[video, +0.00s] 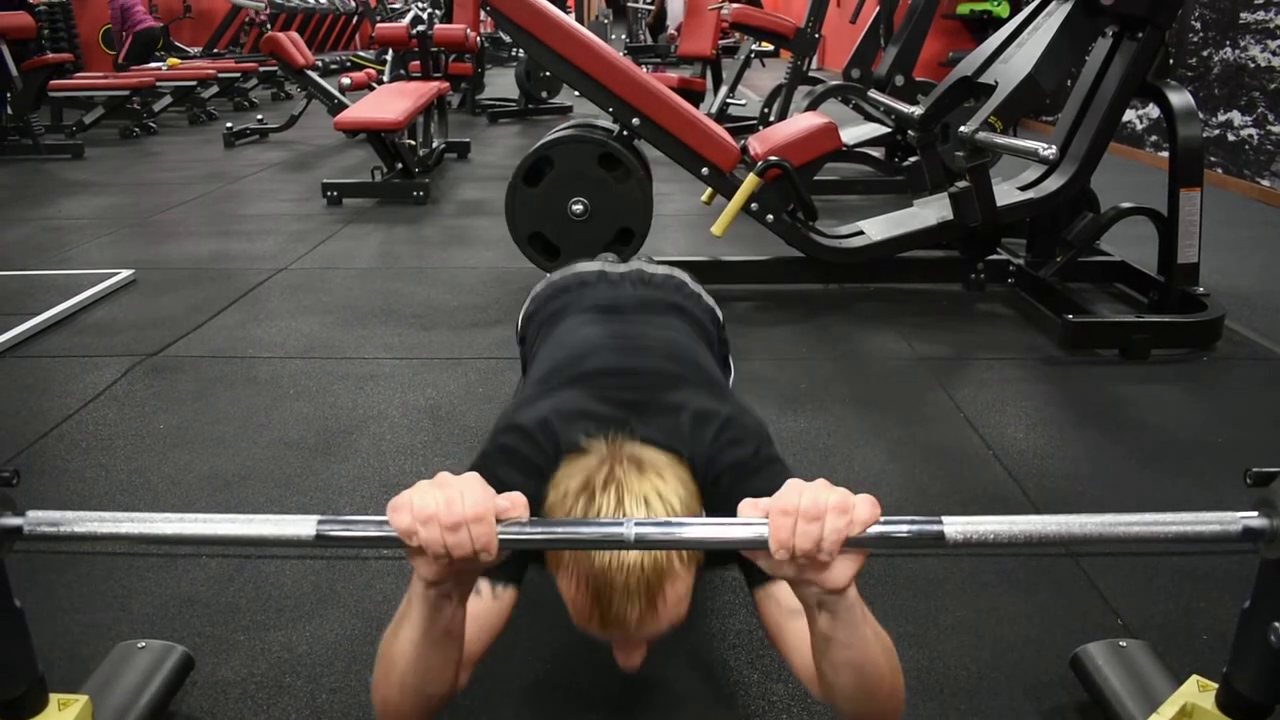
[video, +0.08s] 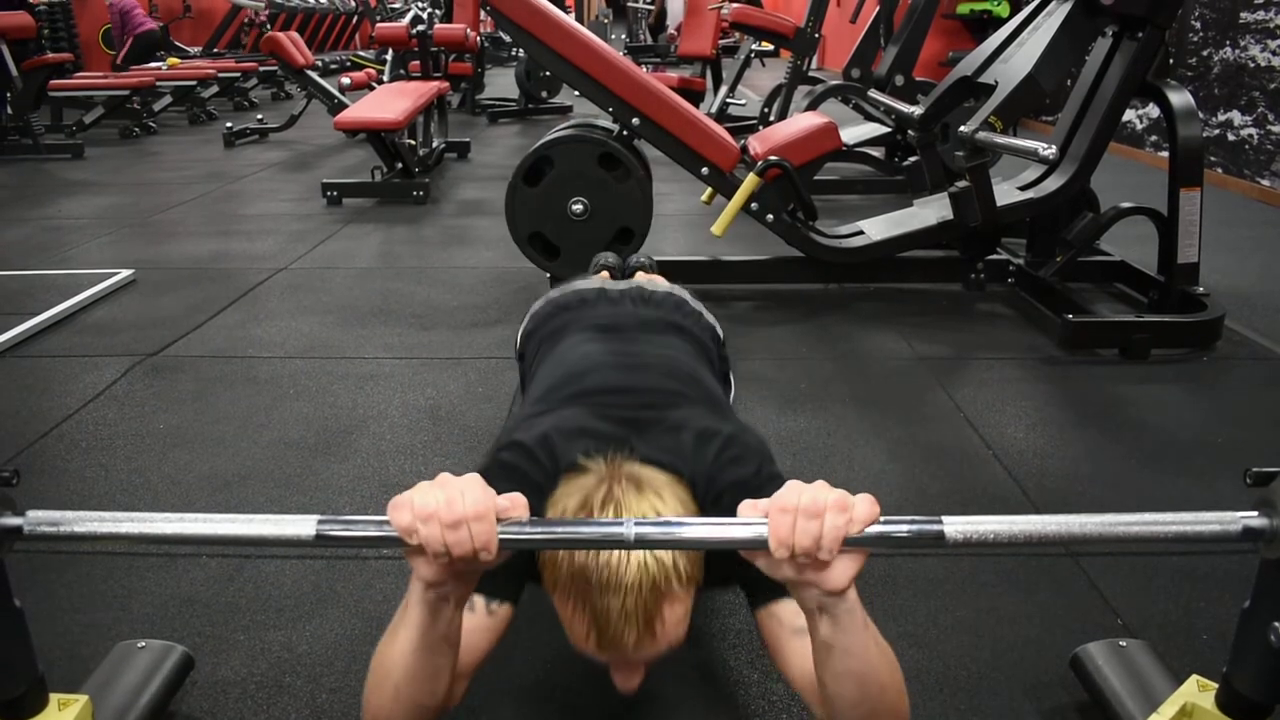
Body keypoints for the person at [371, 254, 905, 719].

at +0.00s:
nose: (629, 661)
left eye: (657, 630)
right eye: (600, 633)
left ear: (696, 550)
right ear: (553, 558)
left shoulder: (744, 475)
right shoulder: (511, 477)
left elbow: (872, 705)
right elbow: (403, 703)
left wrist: (832, 598)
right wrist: (438, 583)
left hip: (681, 292)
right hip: (558, 294)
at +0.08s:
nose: (627, 685)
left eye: (655, 658)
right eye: (599, 658)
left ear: (694, 576)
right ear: (550, 582)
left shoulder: (747, 501)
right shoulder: (511, 502)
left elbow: (866, 710)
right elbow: (401, 707)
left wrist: (834, 602)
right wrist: (434, 588)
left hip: (681, 309)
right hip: (555, 310)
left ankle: (647, 274)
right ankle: (596, 275)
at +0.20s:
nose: (628, 716)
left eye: (656, 687)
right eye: (599, 689)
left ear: (693, 599)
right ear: (554, 614)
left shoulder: (750, 528)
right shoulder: (511, 527)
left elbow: (856, 711)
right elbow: (401, 710)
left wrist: (833, 606)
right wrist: (432, 594)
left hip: (682, 340)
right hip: (559, 338)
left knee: (655, 299)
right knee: (587, 299)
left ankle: (641, 278)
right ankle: (597, 279)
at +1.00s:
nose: (623, 697)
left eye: (651, 669)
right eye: (594, 675)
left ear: (690, 608)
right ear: (550, 612)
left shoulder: (748, 540)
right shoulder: (502, 547)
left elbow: (849, 708)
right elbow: (403, 706)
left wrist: (833, 613)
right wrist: (431, 609)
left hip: (679, 364)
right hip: (549, 363)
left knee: (655, 318)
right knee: (575, 316)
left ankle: (637, 285)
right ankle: (594, 284)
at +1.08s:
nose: (622, 676)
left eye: (650, 645)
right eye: (592, 644)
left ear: (689, 572)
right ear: (545, 571)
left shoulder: (739, 485)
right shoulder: (506, 490)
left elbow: (861, 707)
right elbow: (386, 704)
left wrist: (829, 612)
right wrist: (431, 606)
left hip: (674, 308)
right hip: (548, 309)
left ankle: (638, 269)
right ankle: (594, 271)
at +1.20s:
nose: (626, 573)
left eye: (654, 538)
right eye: (600, 537)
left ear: (692, 473)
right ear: (560, 473)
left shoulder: (737, 420)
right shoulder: (509, 415)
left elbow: (853, 651)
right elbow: (396, 624)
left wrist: (821, 590)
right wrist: (434, 566)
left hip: (675, 259)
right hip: (553, 254)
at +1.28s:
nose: (632, 503)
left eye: (657, 480)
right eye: (608, 478)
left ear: (695, 423)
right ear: (572, 413)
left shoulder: (740, 369)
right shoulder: (528, 349)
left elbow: (846, 598)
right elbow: (405, 556)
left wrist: (820, 559)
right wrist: (444, 531)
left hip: (671, 222)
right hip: (556, 217)